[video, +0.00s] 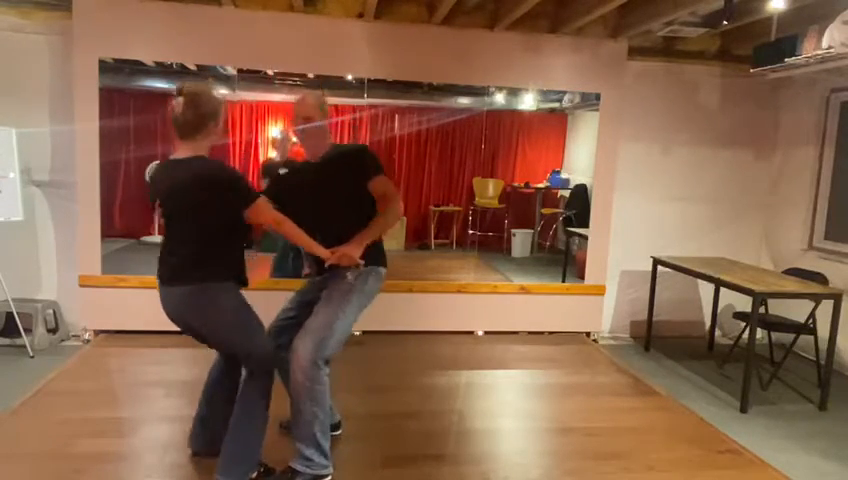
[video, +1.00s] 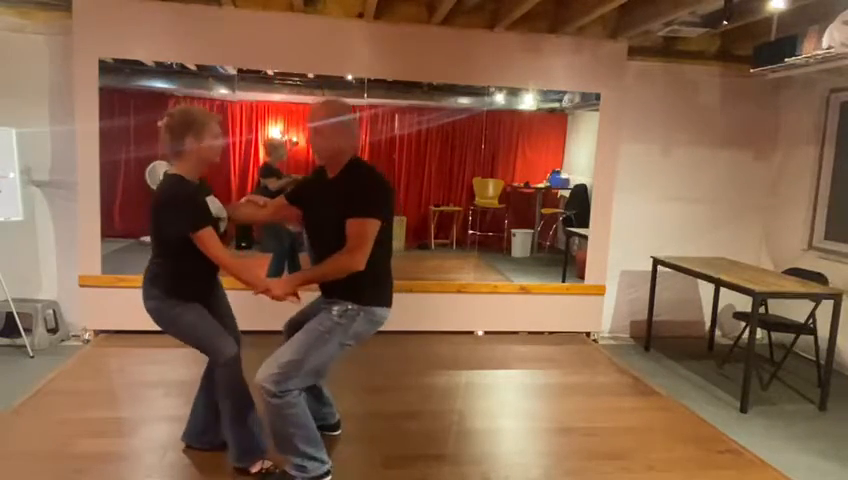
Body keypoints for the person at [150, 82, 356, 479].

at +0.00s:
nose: (223, 127)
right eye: (221, 121)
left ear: (175, 126)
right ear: (216, 127)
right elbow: (272, 219)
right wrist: (320, 251)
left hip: (174, 295)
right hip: (212, 294)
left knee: (233, 350)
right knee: (261, 359)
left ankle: (206, 440)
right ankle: (239, 467)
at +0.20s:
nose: (210, 141)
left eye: (208, 133)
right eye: (207, 134)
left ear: (162, 138)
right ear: (200, 140)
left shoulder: (154, 181)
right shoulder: (196, 192)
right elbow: (248, 241)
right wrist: (295, 268)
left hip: (160, 304)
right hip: (186, 307)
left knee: (238, 351)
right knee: (255, 358)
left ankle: (202, 441)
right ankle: (240, 467)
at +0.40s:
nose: (208, 151)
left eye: (206, 144)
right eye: (204, 145)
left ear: (165, 149)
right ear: (187, 150)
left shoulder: (159, 189)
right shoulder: (183, 203)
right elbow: (240, 258)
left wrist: (219, 219)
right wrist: (292, 283)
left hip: (158, 305)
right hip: (170, 312)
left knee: (236, 354)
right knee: (249, 360)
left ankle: (201, 439)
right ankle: (238, 465)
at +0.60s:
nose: (212, 150)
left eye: (209, 142)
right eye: (206, 143)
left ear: (176, 150)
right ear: (187, 150)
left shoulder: (166, 193)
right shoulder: (179, 203)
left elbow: (215, 241)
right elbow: (228, 261)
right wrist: (278, 286)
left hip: (171, 300)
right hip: (166, 309)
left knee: (234, 354)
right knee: (244, 359)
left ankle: (202, 437)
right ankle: (239, 462)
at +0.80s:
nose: (218, 146)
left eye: (215, 138)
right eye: (211, 139)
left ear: (187, 149)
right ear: (188, 148)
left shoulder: (191, 192)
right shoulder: (177, 200)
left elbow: (223, 220)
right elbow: (225, 261)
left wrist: (268, 218)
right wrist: (276, 288)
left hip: (194, 291)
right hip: (165, 301)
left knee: (232, 350)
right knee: (239, 354)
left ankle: (203, 435)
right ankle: (249, 455)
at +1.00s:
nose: (221, 144)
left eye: (220, 137)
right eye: (215, 138)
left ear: (191, 144)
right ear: (192, 144)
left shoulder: (198, 185)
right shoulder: (177, 193)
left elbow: (226, 215)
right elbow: (218, 257)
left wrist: (269, 214)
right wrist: (268, 287)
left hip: (203, 287)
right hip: (169, 297)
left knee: (228, 348)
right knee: (225, 351)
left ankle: (202, 433)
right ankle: (247, 453)